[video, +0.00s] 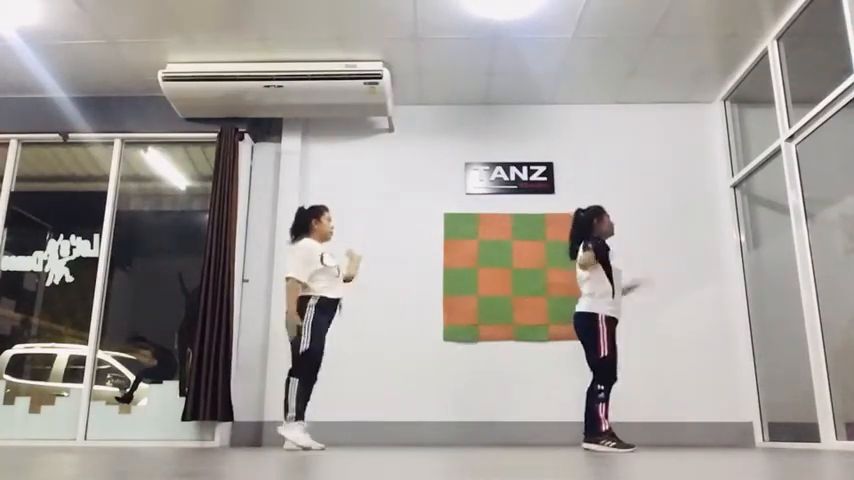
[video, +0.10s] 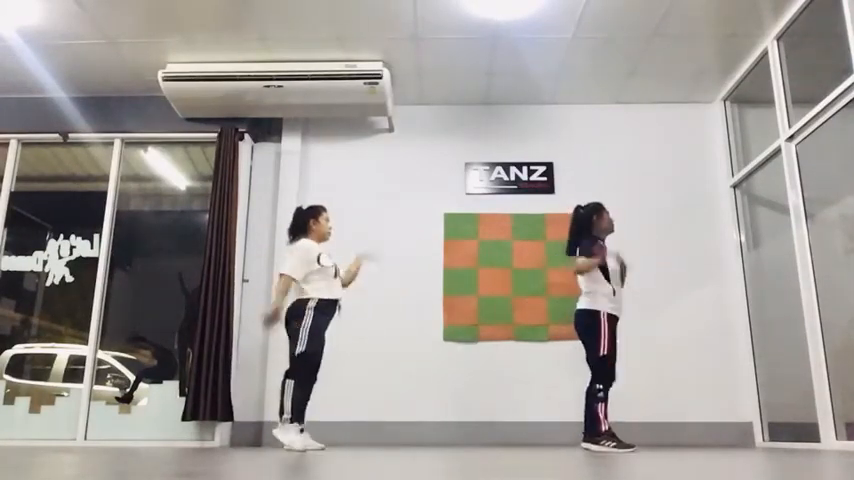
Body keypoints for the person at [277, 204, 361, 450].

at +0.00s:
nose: (332, 225)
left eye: (331, 221)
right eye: (328, 221)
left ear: (317, 224)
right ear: (315, 223)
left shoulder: (323, 251)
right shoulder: (306, 246)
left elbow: (342, 279)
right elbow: (293, 281)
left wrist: (350, 269)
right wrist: (291, 313)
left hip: (324, 308)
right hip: (312, 306)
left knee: (311, 365)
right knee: (304, 361)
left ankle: (297, 429)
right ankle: (291, 423)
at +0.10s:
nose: (330, 226)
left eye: (329, 221)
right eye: (326, 221)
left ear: (313, 224)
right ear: (312, 224)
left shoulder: (322, 253)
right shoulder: (304, 247)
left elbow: (341, 282)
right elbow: (286, 279)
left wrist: (356, 264)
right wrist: (276, 309)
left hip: (320, 311)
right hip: (307, 310)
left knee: (309, 369)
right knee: (300, 366)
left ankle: (298, 429)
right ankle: (286, 426)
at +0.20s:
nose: (329, 226)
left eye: (328, 221)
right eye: (325, 221)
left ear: (313, 224)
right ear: (312, 224)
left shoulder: (320, 252)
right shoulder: (306, 247)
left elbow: (341, 287)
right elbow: (284, 272)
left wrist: (341, 271)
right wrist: (259, 290)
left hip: (318, 312)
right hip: (306, 310)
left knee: (308, 371)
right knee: (298, 369)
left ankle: (297, 431)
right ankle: (282, 430)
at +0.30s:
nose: (329, 224)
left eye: (328, 220)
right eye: (325, 220)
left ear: (314, 222)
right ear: (311, 222)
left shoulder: (319, 250)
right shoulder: (305, 244)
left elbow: (342, 282)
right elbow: (295, 262)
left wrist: (340, 272)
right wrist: (271, 261)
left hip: (317, 311)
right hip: (305, 309)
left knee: (308, 372)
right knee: (296, 370)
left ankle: (297, 432)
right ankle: (281, 432)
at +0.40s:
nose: (328, 224)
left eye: (326, 219)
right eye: (323, 219)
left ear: (311, 222)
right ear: (310, 221)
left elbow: (343, 281)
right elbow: (309, 257)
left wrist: (337, 266)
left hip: (317, 309)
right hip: (302, 307)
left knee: (308, 372)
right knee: (296, 368)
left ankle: (297, 431)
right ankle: (280, 432)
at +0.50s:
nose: (328, 224)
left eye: (327, 220)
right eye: (324, 219)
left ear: (312, 221)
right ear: (311, 220)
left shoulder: (316, 247)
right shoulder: (303, 240)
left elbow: (340, 284)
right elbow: (315, 264)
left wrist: (337, 265)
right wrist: (350, 254)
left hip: (316, 307)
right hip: (302, 305)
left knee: (307, 369)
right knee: (294, 367)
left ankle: (297, 432)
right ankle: (281, 432)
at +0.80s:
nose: (341, 228)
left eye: (339, 224)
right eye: (337, 224)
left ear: (323, 227)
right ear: (325, 226)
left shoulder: (316, 244)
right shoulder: (327, 241)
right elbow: (343, 264)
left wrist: (329, 290)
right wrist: (338, 288)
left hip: (299, 310)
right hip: (296, 310)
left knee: (300, 371)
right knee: (294, 370)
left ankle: (295, 432)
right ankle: (279, 433)